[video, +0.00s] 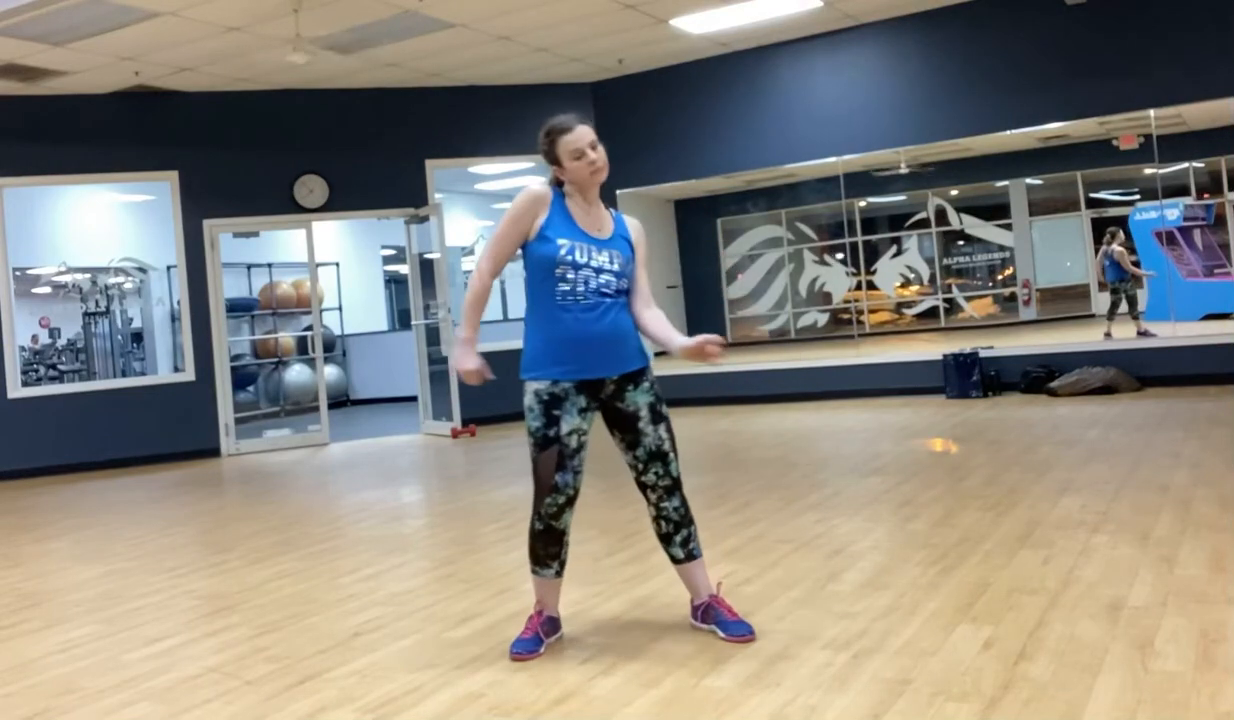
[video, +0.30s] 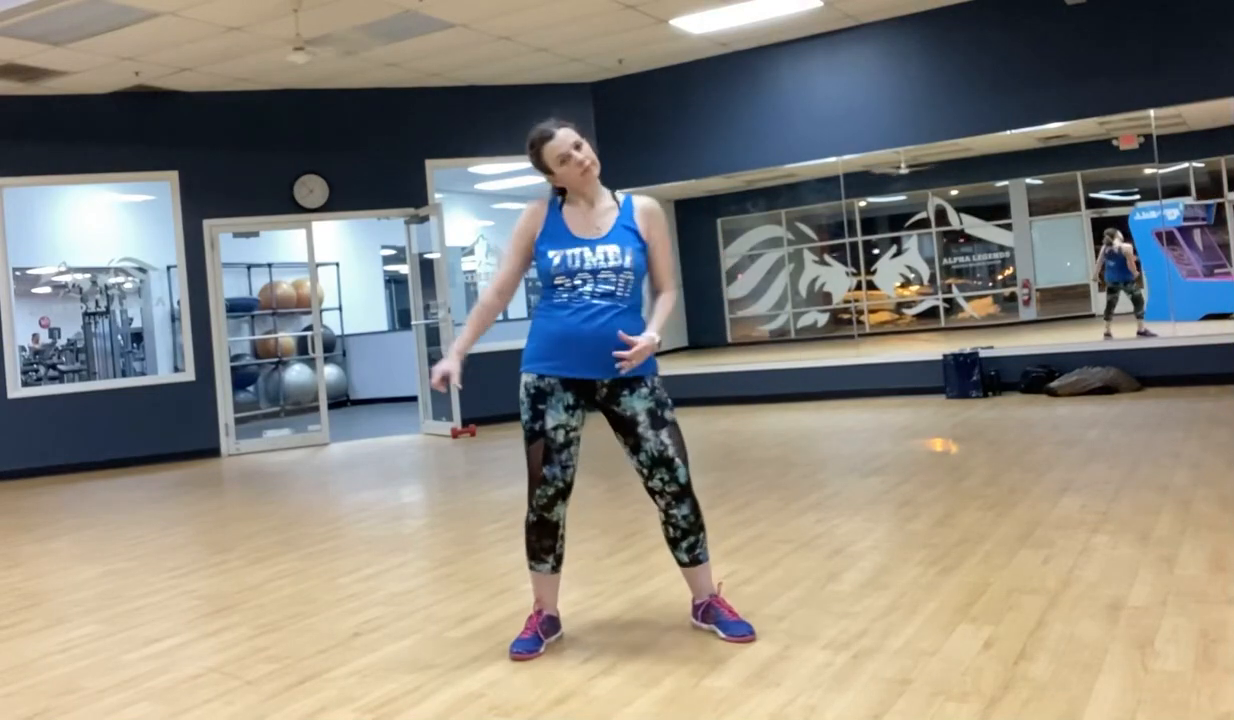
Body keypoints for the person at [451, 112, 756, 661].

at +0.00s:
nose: (594, 157)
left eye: (595, 147)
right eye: (580, 155)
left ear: (604, 150)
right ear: (559, 169)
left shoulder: (628, 229)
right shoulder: (539, 202)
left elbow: (643, 307)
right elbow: (486, 270)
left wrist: (683, 344)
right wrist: (464, 342)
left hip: (626, 371)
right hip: (555, 377)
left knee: (664, 482)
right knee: (554, 496)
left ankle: (705, 601)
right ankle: (546, 614)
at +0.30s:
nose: (580, 157)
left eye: (579, 146)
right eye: (566, 159)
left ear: (591, 146)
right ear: (553, 176)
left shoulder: (642, 211)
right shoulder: (539, 218)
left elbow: (665, 291)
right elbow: (498, 293)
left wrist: (652, 334)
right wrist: (455, 353)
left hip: (628, 370)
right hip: (552, 373)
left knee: (672, 480)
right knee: (547, 491)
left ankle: (707, 601)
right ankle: (545, 614)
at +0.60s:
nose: (598, 153)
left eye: (598, 141)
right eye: (583, 153)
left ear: (610, 142)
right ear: (568, 171)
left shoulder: (658, 201)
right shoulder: (559, 225)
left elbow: (729, 252)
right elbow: (554, 306)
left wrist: (738, 323)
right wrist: (549, 373)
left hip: (663, 368)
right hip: (586, 377)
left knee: (686, 483)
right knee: (567, 490)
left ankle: (712, 599)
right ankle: (547, 613)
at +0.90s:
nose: (596, 147)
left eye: (600, 137)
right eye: (582, 144)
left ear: (613, 143)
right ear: (566, 160)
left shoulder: (656, 208)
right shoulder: (552, 223)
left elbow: (715, 271)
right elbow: (531, 302)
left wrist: (776, 304)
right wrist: (537, 368)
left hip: (664, 369)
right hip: (587, 378)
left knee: (683, 482)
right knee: (568, 493)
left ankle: (711, 599)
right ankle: (547, 613)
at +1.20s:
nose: (571, 142)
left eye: (577, 132)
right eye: (558, 138)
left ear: (593, 143)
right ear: (544, 156)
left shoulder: (629, 216)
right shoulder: (523, 217)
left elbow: (647, 295)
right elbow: (467, 281)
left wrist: (676, 337)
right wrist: (416, 336)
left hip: (629, 372)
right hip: (553, 380)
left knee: (664, 484)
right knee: (548, 498)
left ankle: (708, 598)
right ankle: (545, 613)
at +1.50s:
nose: (551, 135)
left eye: (557, 126)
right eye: (539, 132)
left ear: (574, 138)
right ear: (525, 150)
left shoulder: (610, 207)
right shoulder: (505, 209)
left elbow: (645, 281)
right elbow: (429, 236)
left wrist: (640, 344)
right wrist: (348, 250)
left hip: (611, 369)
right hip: (537, 377)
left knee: (667, 468)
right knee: (538, 494)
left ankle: (697, 594)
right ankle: (544, 614)